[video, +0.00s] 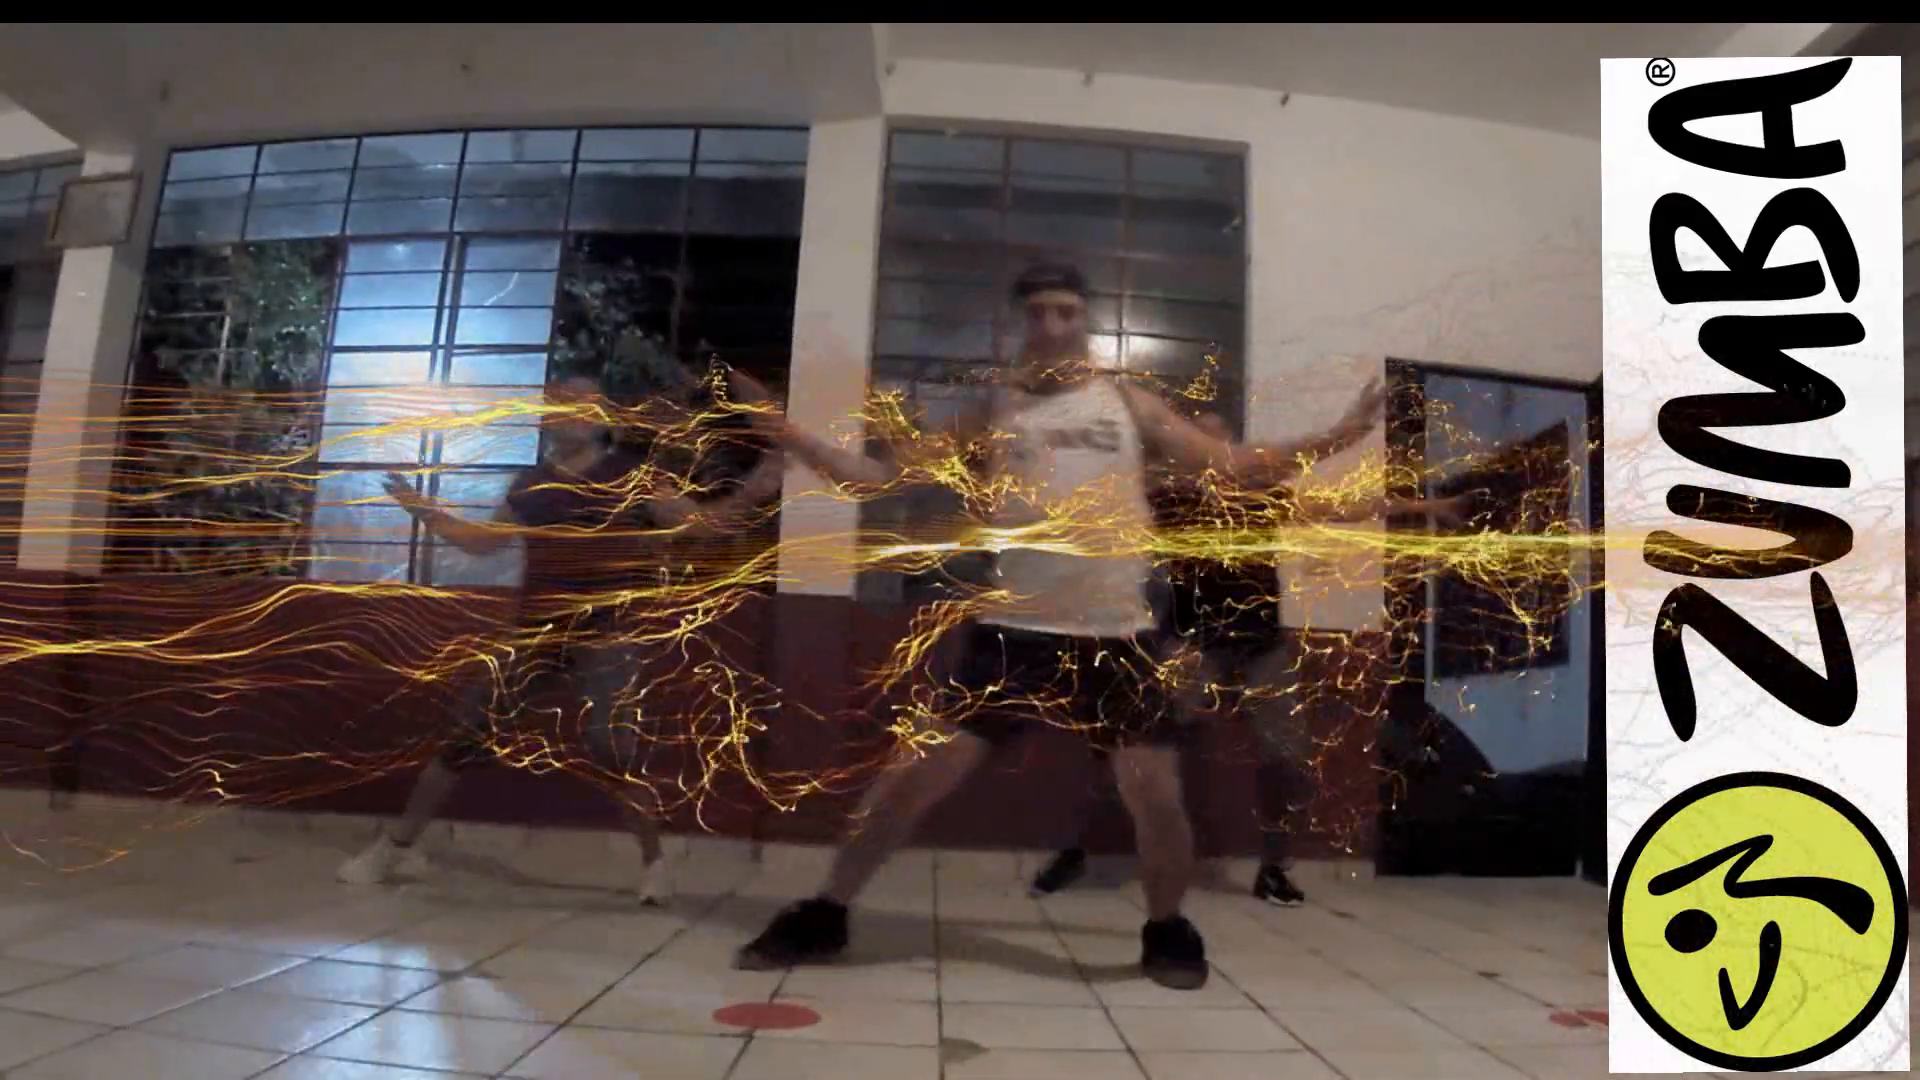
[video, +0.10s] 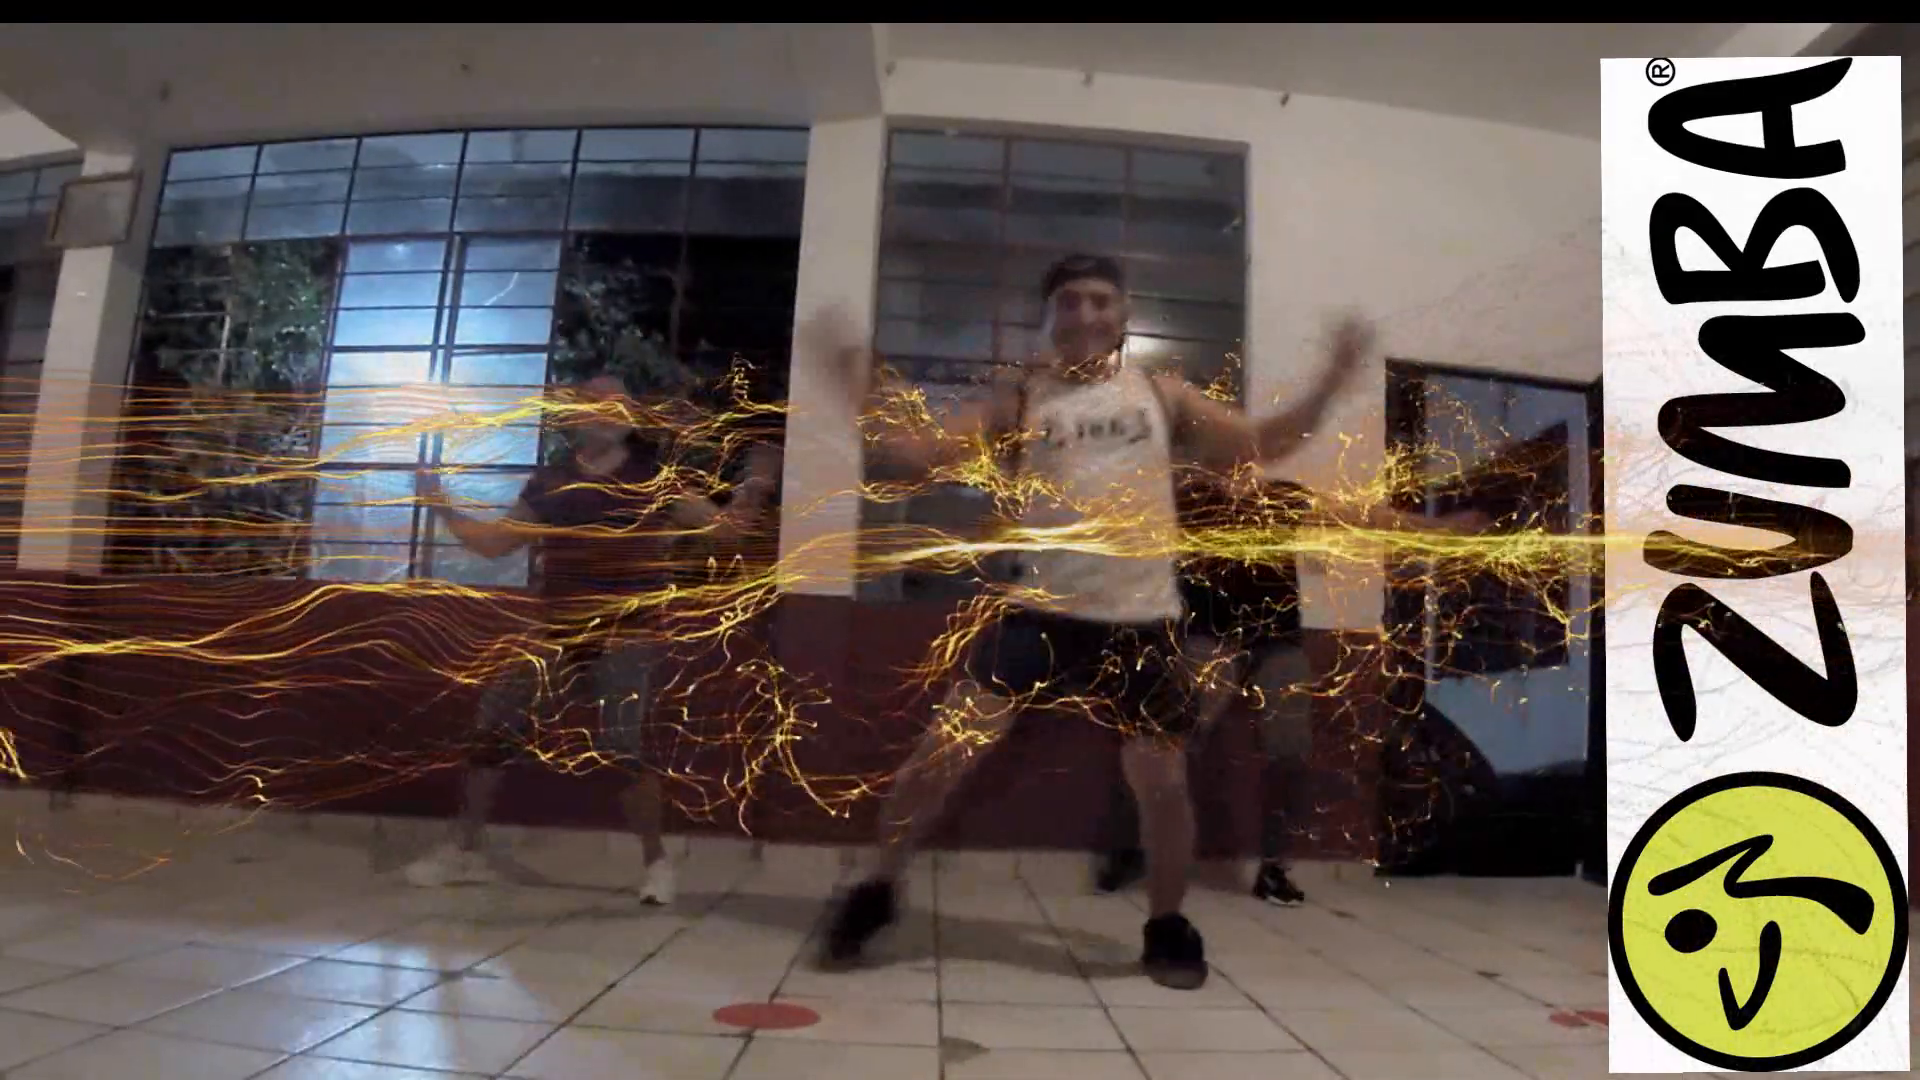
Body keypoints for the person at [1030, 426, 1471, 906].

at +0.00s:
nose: (1210, 452)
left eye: (1218, 442)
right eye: (1197, 441)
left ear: (1237, 447)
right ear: (1179, 447)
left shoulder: (1261, 494)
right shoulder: (1168, 496)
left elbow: (1337, 509)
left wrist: (1423, 510)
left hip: (1261, 638)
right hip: (1191, 636)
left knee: (1283, 754)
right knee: (1147, 742)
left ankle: (1273, 867)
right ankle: (1078, 846)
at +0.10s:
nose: (1239, 464)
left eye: (1244, 453)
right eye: (1227, 454)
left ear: (1258, 456)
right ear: (1207, 456)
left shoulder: (1282, 498)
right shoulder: (1192, 498)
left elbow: (1352, 514)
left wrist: (1436, 528)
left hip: (1276, 628)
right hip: (1209, 627)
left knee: (1289, 749)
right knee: (1176, 741)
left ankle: (1273, 864)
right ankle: (1129, 846)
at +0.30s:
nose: (1260, 418)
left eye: (1265, 408)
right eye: (1250, 408)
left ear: (1274, 414)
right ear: (1228, 413)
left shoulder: (1289, 469)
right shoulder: (1202, 460)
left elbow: (1360, 514)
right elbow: (1187, 494)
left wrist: (1340, 482)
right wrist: (1252, 470)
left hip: (1287, 607)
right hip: (1223, 606)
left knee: (1292, 732)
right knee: (1240, 732)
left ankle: (1287, 856)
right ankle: (1237, 852)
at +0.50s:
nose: (1267, 443)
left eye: (1274, 436)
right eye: (1255, 434)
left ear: (1283, 449)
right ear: (1233, 444)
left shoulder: (1295, 511)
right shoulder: (1210, 502)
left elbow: (1356, 562)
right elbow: (1192, 555)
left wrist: (1363, 543)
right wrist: (1262, 554)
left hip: (1288, 648)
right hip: (1223, 648)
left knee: (1304, 753)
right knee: (1226, 754)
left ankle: (1297, 866)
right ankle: (1229, 855)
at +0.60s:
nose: (1259, 448)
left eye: (1268, 439)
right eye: (1249, 437)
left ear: (1279, 448)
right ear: (1230, 443)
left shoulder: (1289, 506)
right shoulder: (1203, 496)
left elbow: (1353, 551)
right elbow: (1159, 538)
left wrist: (1414, 583)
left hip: (1278, 642)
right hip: (1208, 638)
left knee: (1295, 749)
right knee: (1176, 749)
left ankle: (1298, 867)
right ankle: (1166, 863)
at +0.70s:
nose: (1249, 431)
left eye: (1254, 424)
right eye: (1239, 423)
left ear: (1260, 436)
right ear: (1216, 432)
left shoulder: (1271, 494)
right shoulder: (1184, 479)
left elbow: (1344, 535)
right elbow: (1111, 501)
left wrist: (1428, 556)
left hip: (1258, 632)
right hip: (1187, 627)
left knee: (1283, 743)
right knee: (1149, 739)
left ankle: (1296, 867)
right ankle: (1102, 848)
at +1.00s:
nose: (1169, 436)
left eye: (1178, 430)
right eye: (1160, 427)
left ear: (1189, 446)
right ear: (1141, 438)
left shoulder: (1192, 505)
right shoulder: (1109, 485)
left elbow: (1261, 537)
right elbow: (1054, 472)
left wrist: (1337, 537)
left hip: (1175, 638)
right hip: (1106, 637)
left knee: (1218, 741)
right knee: (1090, 747)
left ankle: (1254, 865)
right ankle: (1061, 858)